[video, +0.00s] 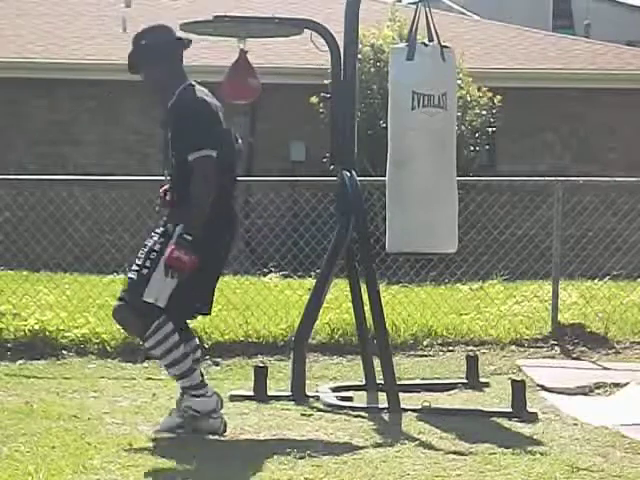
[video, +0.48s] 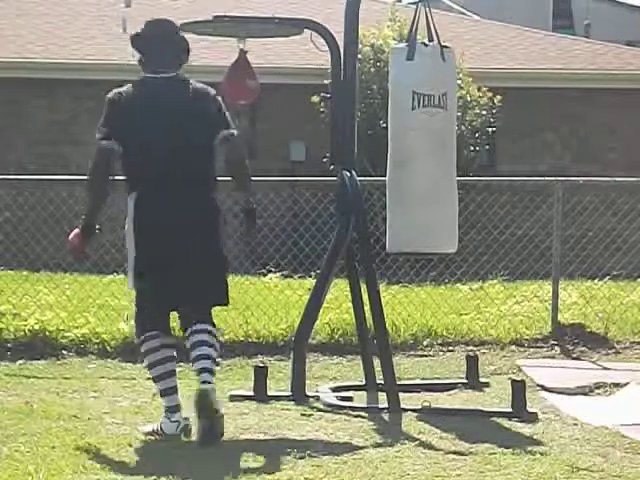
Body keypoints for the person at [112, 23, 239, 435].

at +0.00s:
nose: (143, 79)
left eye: (144, 69)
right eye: (141, 71)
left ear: (161, 64)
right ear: (173, 61)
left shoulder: (189, 106)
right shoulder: (191, 102)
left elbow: (207, 178)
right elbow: (217, 166)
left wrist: (188, 237)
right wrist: (179, 188)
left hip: (193, 227)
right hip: (198, 225)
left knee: (135, 311)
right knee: (169, 316)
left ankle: (200, 399)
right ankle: (196, 406)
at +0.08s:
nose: (130, 78)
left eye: (131, 67)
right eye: (127, 70)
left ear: (150, 60)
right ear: (162, 60)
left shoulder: (177, 100)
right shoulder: (197, 94)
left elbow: (190, 165)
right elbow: (244, 138)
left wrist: (175, 231)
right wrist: (215, 177)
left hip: (196, 224)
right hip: (216, 223)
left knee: (141, 310)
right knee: (184, 311)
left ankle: (178, 412)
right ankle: (206, 410)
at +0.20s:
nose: (116, 82)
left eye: (114, 74)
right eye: (113, 74)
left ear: (122, 67)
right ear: (153, 60)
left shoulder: (144, 95)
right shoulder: (190, 88)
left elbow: (158, 154)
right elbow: (243, 121)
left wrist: (143, 222)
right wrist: (235, 183)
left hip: (178, 215)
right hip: (218, 212)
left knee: (154, 313)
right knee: (217, 305)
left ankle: (176, 416)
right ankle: (246, 403)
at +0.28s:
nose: (115, 82)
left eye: (115, 74)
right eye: (113, 75)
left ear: (126, 70)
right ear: (155, 66)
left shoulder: (131, 99)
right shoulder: (192, 96)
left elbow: (142, 160)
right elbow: (245, 134)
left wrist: (123, 226)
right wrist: (257, 185)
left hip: (169, 218)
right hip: (214, 213)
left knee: (149, 317)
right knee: (220, 312)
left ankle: (178, 417)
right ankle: (289, 388)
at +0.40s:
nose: (128, 72)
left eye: (127, 66)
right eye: (133, 66)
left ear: (129, 65)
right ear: (170, 62)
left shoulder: (125, 100)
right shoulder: (200, 98)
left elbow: (118, 164)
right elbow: (241, 147)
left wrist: (96, 228)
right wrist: (261, 205)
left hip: (156, 216)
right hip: (205, 214)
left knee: (146, 319)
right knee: (206, 316)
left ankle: (178, 417)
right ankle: (261, 384)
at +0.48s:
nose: (144, 61)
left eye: (143, 54)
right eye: (177, 53)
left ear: (140, 55)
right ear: (182, 55)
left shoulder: (121, 100)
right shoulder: (206, 97)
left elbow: (103, 163)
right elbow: (233, 152)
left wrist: (88, 223)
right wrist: (249, 203)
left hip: (148, 217)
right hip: (199, 215)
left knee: (151, 316)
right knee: (198, 309)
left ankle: (173, 416)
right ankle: (206, 385)